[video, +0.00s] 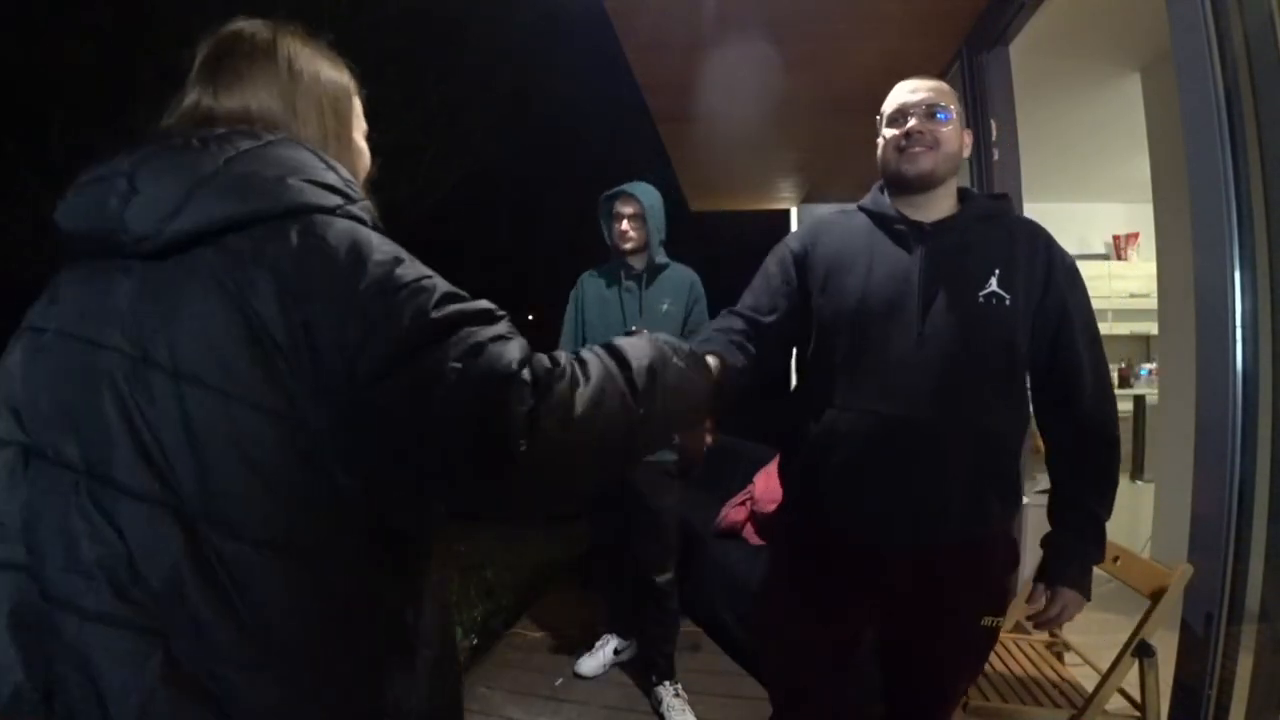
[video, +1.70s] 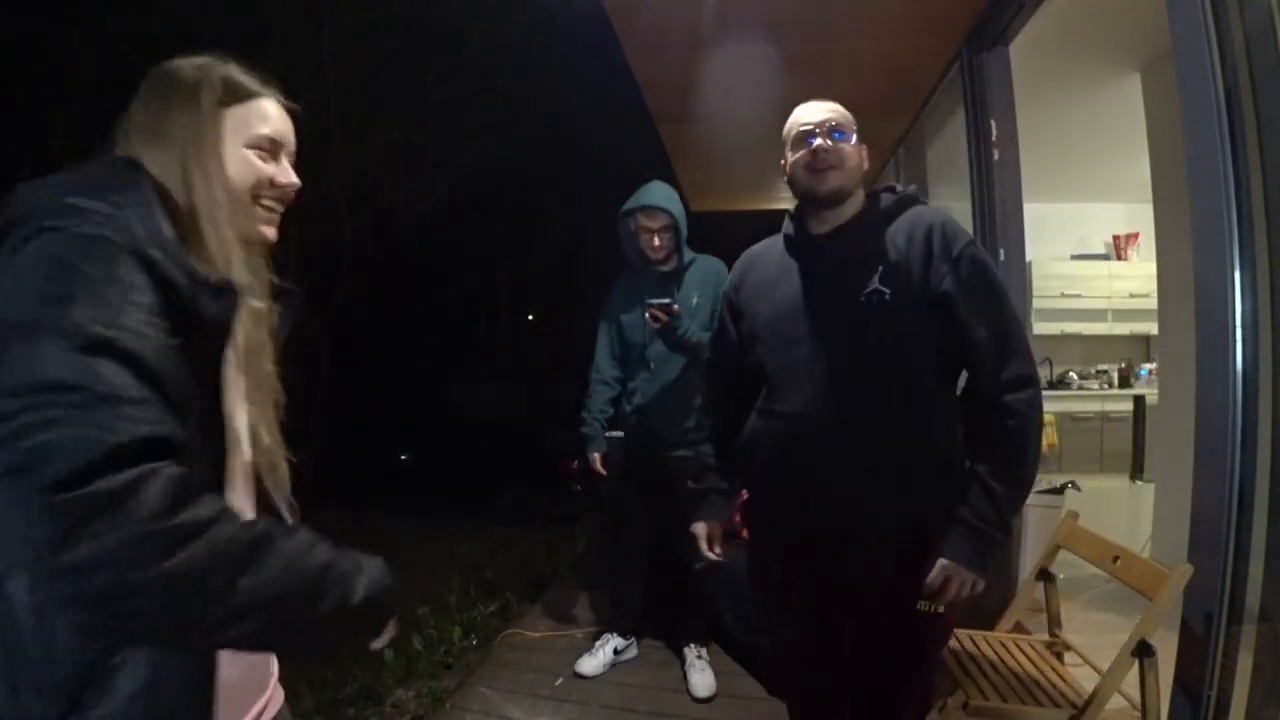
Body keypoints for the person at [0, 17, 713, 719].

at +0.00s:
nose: (367, 166)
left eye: (365, 144)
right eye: (358, 143)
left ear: (202, 125)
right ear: (319, 136)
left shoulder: (67, 292)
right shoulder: (326, 263)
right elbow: (522, 416)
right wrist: (683, 376)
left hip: (75, 687)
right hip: (309, 684)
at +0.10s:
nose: (385, 159)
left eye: (382, 138)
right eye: (379, 137)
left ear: (217, 122)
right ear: (343, 136)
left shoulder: (91, 283)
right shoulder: (350, 262)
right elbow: (553, 403)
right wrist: (682, 309)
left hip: (91, 687)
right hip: (321, 686)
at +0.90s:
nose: (397, 224)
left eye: (397, 210)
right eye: (394, 209)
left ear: (284, 177)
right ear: (372, 199)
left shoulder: (191, 271)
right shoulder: (358, 277)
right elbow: (508, 409)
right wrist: (619, 366)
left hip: (151, 621)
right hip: (276, 640)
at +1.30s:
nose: (382, 223)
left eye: (382, 206)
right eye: (374, 202)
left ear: (301, 190)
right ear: (329, 194)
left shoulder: (204, 261)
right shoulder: (294, 281)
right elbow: (405, 421)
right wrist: (549, 417)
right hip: (194, 635)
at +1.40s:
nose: (366, 216)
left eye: (364, 196)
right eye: (355, 191)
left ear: (294, 187)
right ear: (303, 185)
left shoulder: (195, 257)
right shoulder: (257, 271)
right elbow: (362, 429)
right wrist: (532, 436)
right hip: (175, 635)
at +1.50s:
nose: (346, 202)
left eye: (345, 182)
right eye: (331, 176)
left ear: (273, 176)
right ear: (274, 171)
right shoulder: (211, 261)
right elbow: (294, 449)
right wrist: (482, 483)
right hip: (162, 664)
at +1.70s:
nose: (290, 179)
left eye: (291, 160)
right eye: (265, 150)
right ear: (188, 143)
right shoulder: (87, 254)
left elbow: (222, 489)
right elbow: (105, 512)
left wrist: (244, 653)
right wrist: (350, 594)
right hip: (93, 684)